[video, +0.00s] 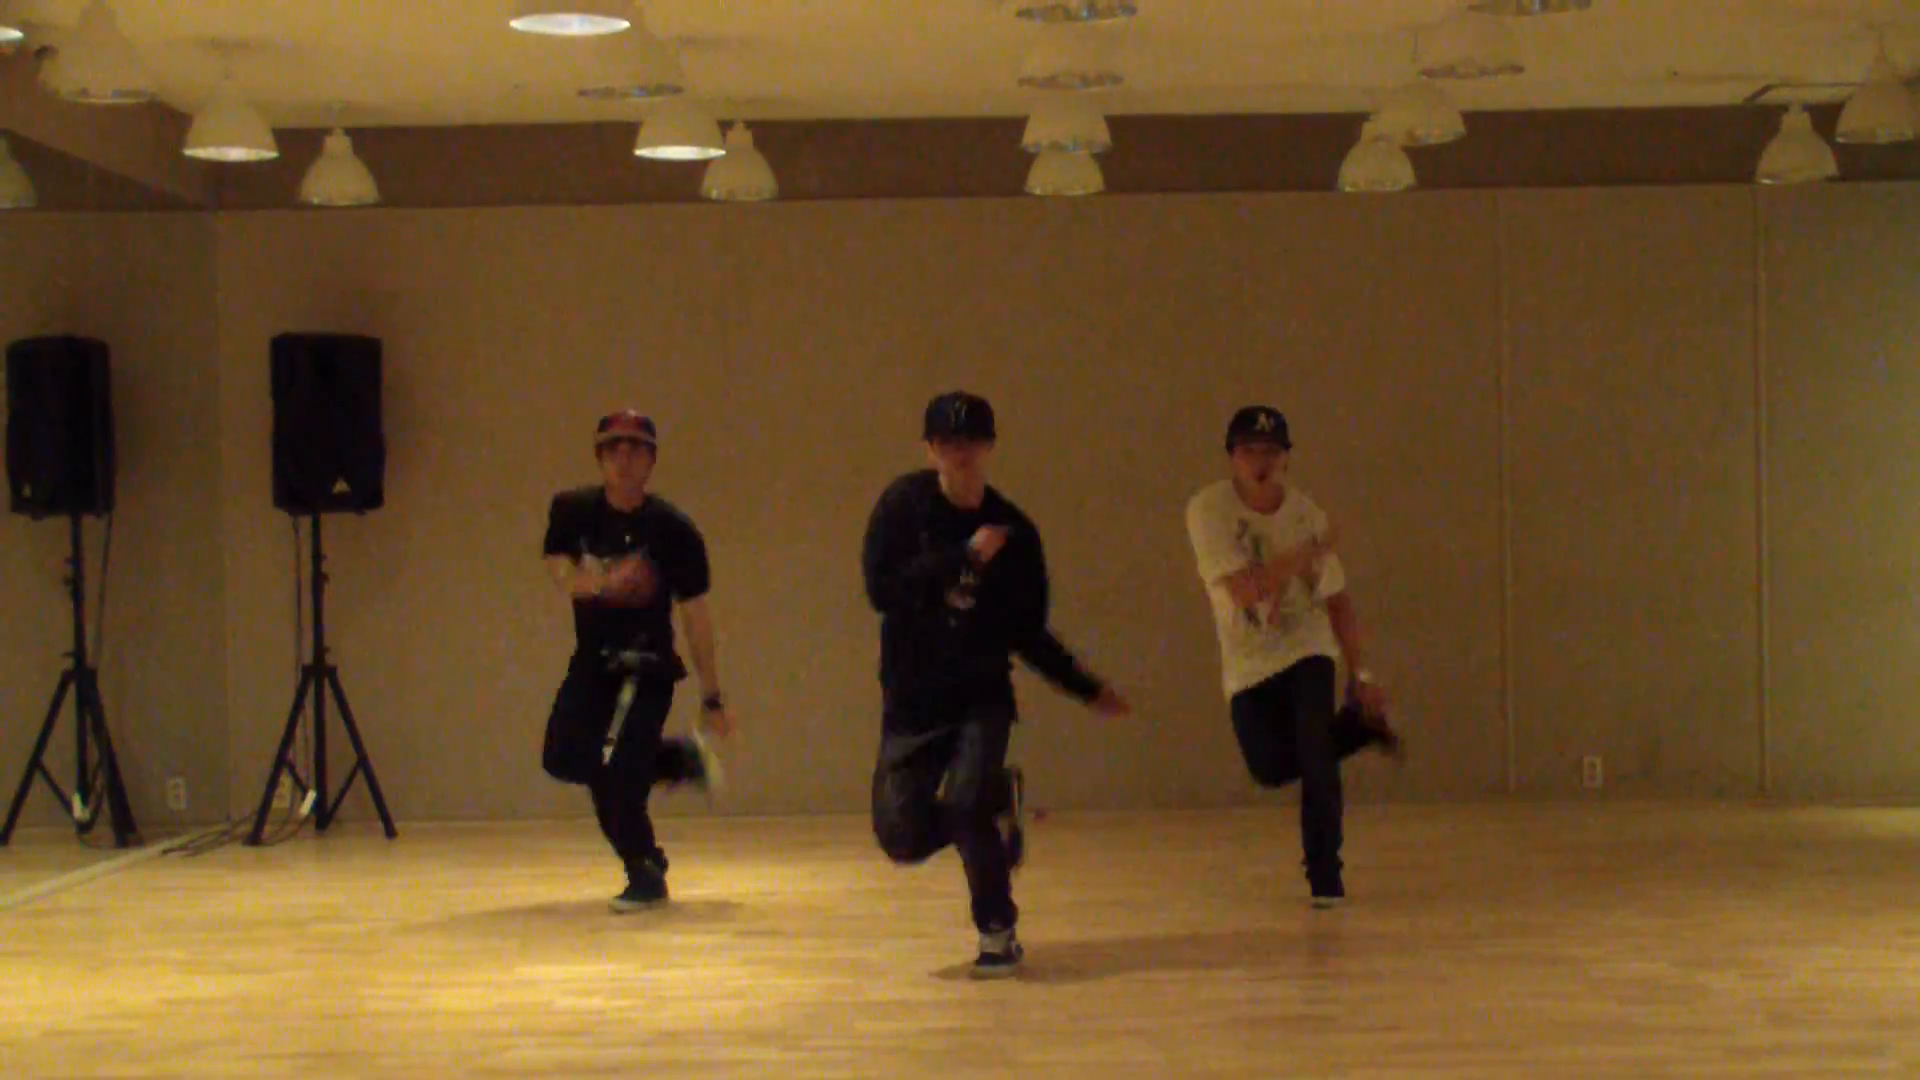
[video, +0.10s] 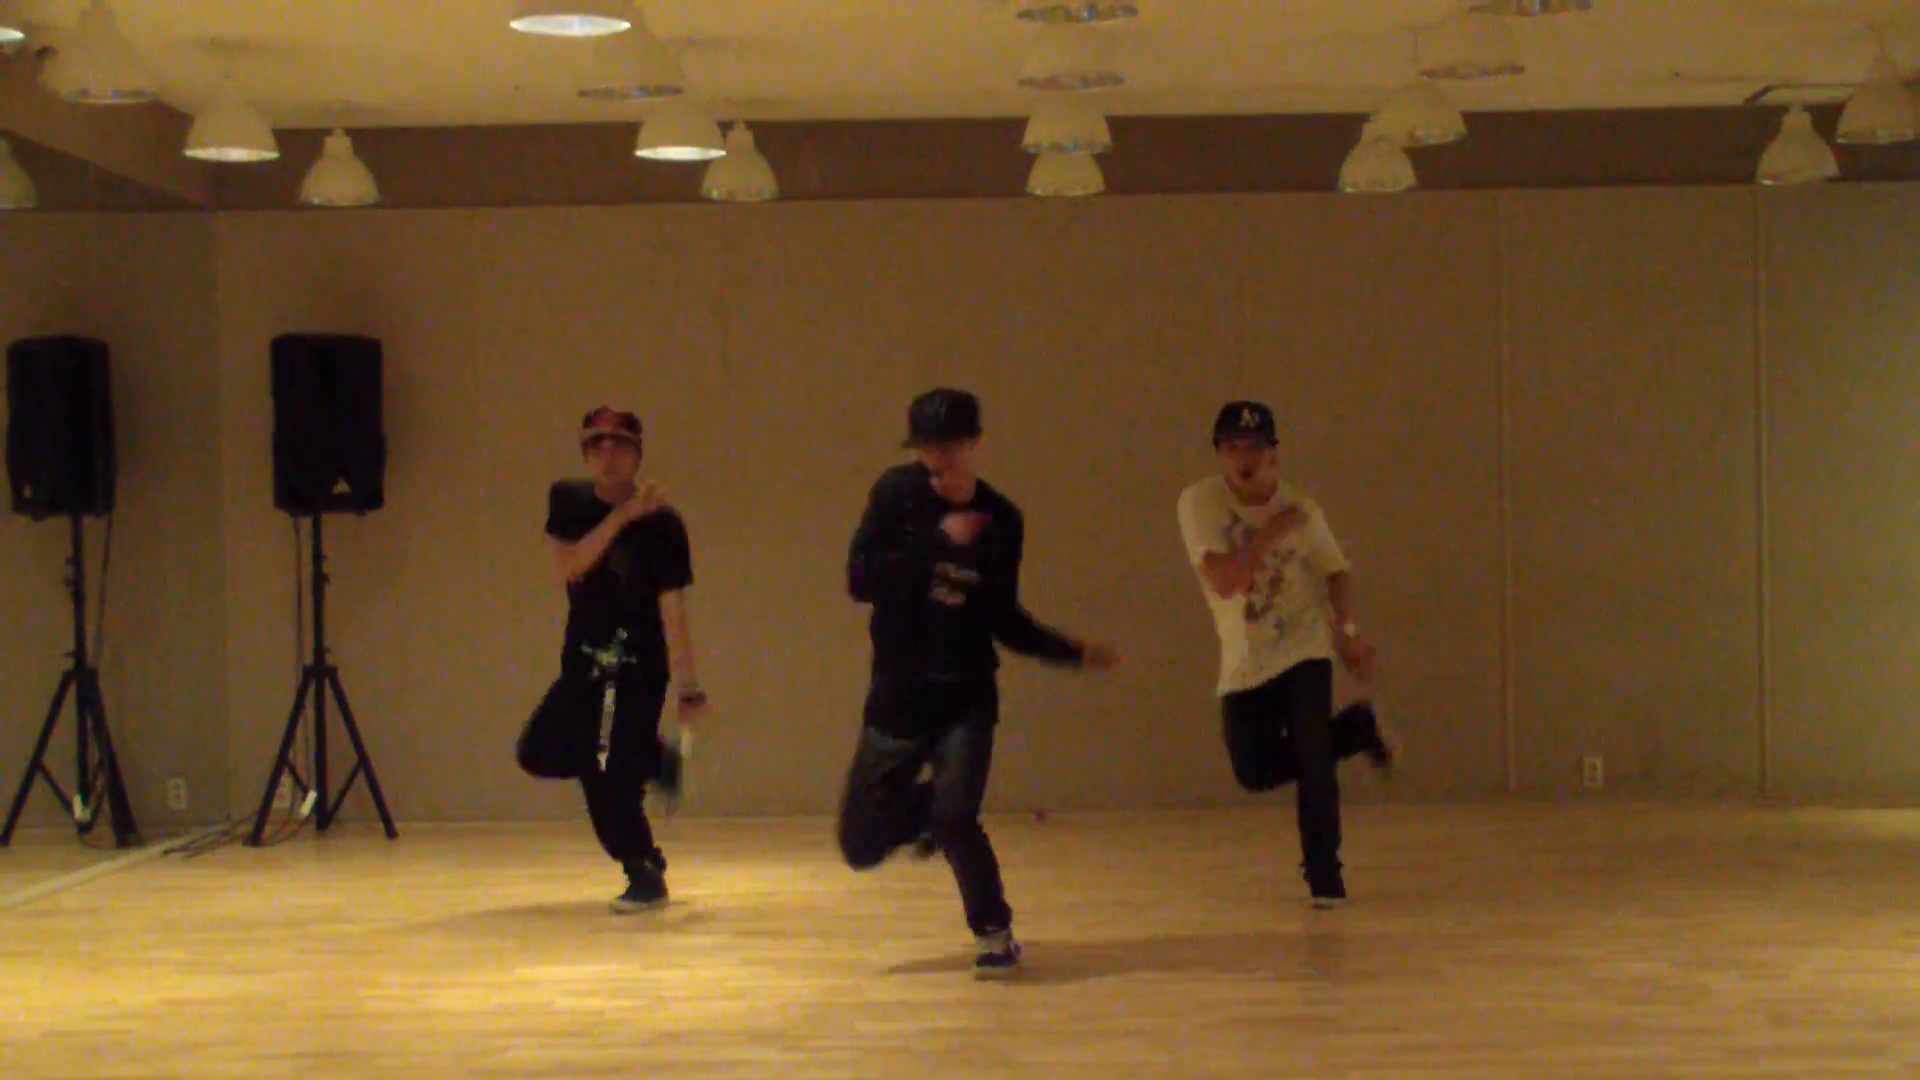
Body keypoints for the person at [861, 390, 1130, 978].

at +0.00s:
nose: (965, 460)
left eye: (975, 448)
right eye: (953, 449)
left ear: (990, 449)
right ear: (931, 450)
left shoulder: (1011, 528)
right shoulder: (902, 505)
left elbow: (1025, 631)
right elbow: (882, 593)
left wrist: (1087, 687)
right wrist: (964, 557)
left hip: (982, 693)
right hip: (913, 694)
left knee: (970, 802)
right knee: (900, 839)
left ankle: (995, 927)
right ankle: (991, 803)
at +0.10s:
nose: (936, 464)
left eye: (948, 451)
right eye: (927, 452)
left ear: (975, 445)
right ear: (916, 449)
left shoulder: (1000, 518)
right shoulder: (896, 492)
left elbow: (1003, 619)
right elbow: (861, 581)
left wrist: (1074, 652)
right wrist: (938, 539)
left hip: (966, 693)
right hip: (898, 690)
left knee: (955, 820)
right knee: (861, 846)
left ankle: (992, 930)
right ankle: (932, 805)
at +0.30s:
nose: (847, 505)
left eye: (851, 493)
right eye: (839, 496)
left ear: (877, 469)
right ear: (871, 468)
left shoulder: (886, 536)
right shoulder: (917, 497)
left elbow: (869, 633)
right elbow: (968, 505)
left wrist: (810, 725)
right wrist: (988, 531)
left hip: (939, 709)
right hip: (879, 700)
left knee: (895, 841)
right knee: (787, 807)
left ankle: (989, 929)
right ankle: (720, 928)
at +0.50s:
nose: (817, 516)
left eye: (822, 504)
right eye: (810, 505)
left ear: (846, 482)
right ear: (851, 475)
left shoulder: (855, 540)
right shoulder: (901, 502)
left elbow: (843, 646)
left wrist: (794, 740)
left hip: (930, 715)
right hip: (874, 704)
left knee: (885, 852)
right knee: (784, 805)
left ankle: (997, 928)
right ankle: (719, 932)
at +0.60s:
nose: (832, 512)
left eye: (838, 496)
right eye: (822, 502)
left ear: (863, 471)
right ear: (811, 486)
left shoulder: (921, 509)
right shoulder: (841, 522)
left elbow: (926, 587)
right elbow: (853, 620)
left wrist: (866, 598)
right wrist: (829, 702)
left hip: (929, 707)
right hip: (861, 698)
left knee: (893, 848)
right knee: (778, 803)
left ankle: (998, 930)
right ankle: (718, 932)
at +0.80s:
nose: (864, 478)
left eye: (876, 466)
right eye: (853, 466)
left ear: (903, 459)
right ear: (842, 465)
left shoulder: (949, 492)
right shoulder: (836, 534)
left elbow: (1004, 535)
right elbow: (819, 631)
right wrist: (784, 705)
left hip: (932, 706)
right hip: (862, 697)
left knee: (897, 854)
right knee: (768, 811)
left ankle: (996, 930)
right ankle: (718, 934)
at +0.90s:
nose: (889, 463)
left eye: (900, 450)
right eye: (878, 451)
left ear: (924, 449)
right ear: (862, 453)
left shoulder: (975, 507)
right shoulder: (855, 527)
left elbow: (1021, 580)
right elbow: (821, 621)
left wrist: (1008, 655)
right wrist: (770, 682)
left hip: (935, 698)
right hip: (863, 686)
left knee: (912, 844)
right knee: (776, 806)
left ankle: (1000, 933)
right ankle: (718, 933)